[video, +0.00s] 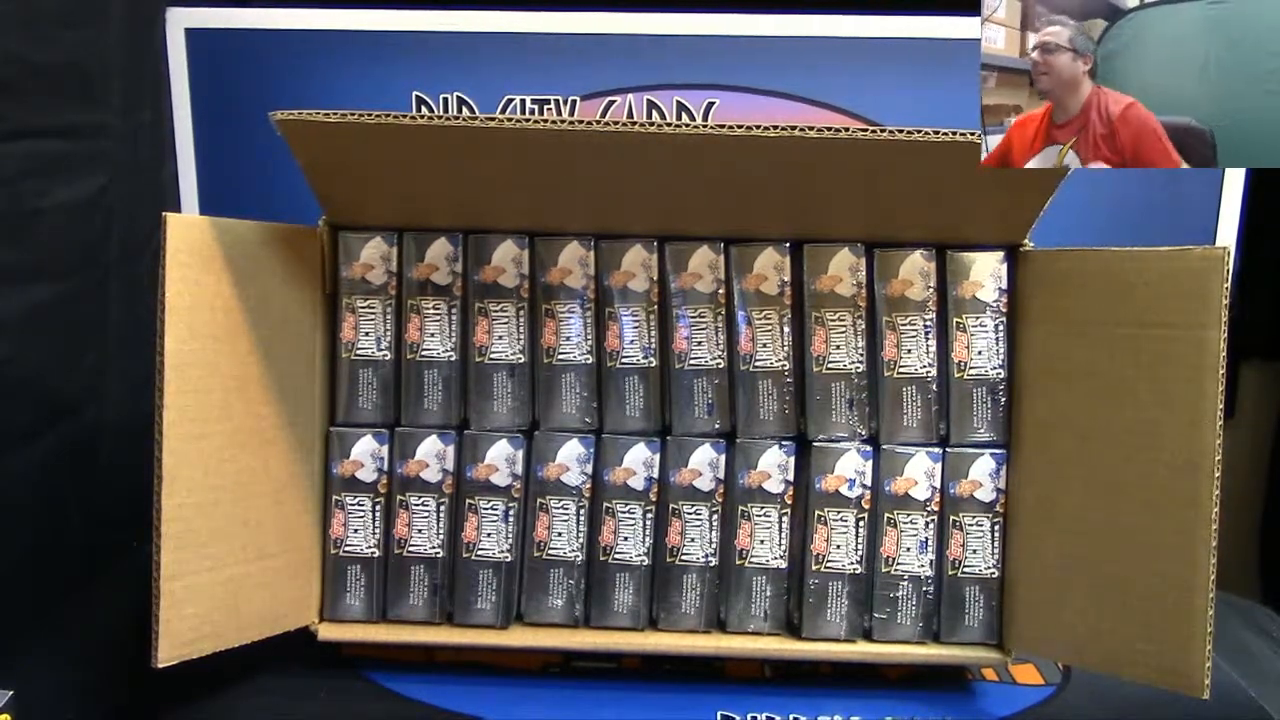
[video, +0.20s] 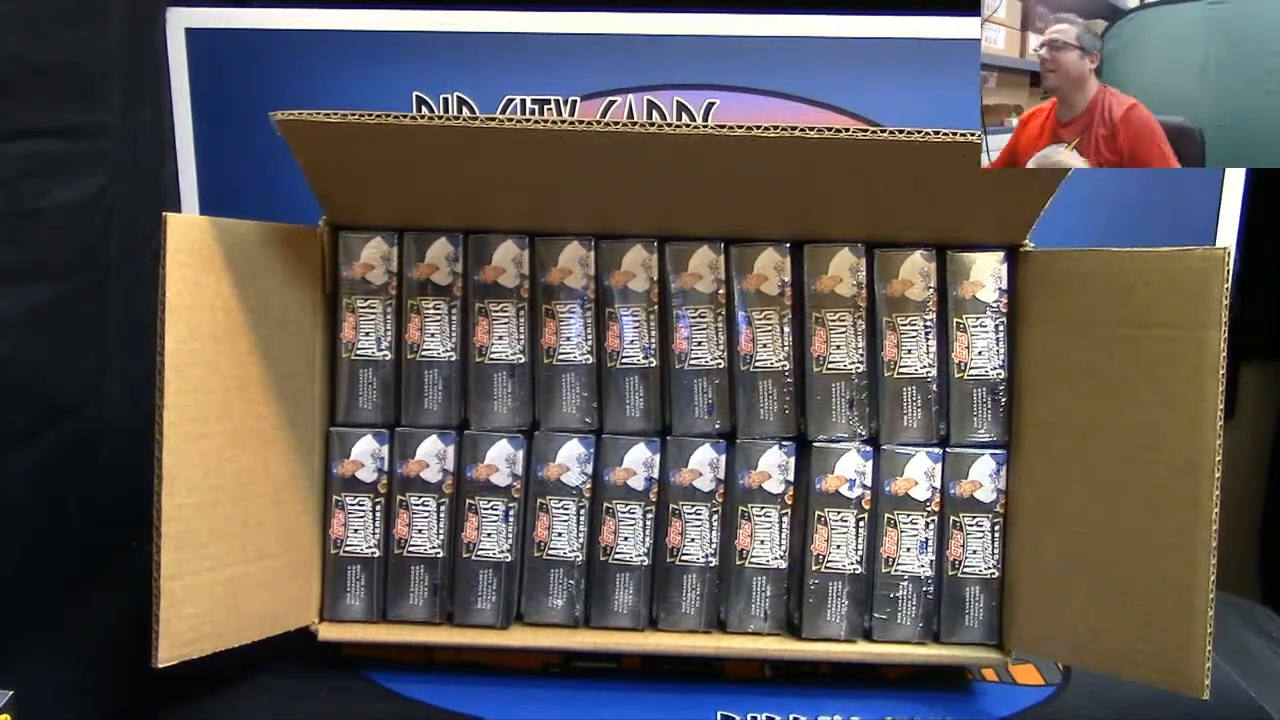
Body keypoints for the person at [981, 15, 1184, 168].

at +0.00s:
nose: (1033, 58)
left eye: (1048, 49)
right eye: (1033, 50)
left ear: (1084, 62)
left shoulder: (1125, 116)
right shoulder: (1024, 128)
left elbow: (1179, 185)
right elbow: (979, 181)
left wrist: (1111, 180)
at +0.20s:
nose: (1042, 54)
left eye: (1056, 46)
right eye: (1040, 48)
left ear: (1092, 60)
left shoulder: (1128, 117)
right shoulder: (1031, 121)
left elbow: (1172, 191)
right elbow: (991, 181)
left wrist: (1083, 171)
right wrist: (1032, 169)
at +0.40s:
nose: (1053, 54)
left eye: (1067, 46)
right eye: (1052, 47)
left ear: (1103, 60)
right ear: (1049, 52)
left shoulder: (1134, 119)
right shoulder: (1041, 116)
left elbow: (1158, 199)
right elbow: (1007, 175)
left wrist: (1055, 180)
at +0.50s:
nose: (1066, 55)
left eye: (1081, 48)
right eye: (1065, 48)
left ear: (1114, 62)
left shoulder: (1139, 121)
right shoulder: (1054, 112)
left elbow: (1133, 198)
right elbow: (1014, 162)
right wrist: (1022, 167)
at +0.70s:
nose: (1065, 55)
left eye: (1080, 48)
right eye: (1064, 48)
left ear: (1114, 62)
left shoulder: (1136, 122)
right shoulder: (1054, 113)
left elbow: (1105, 199)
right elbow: (1008, 163)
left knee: (1054, 155)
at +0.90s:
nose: (1059, 55)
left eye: (1075, 47)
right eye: (1058, 47)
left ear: (1109, 63)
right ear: (1054, 51)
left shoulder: (1129, 124)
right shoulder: (1050, 114)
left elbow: (1084, 201)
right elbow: (992, 163)